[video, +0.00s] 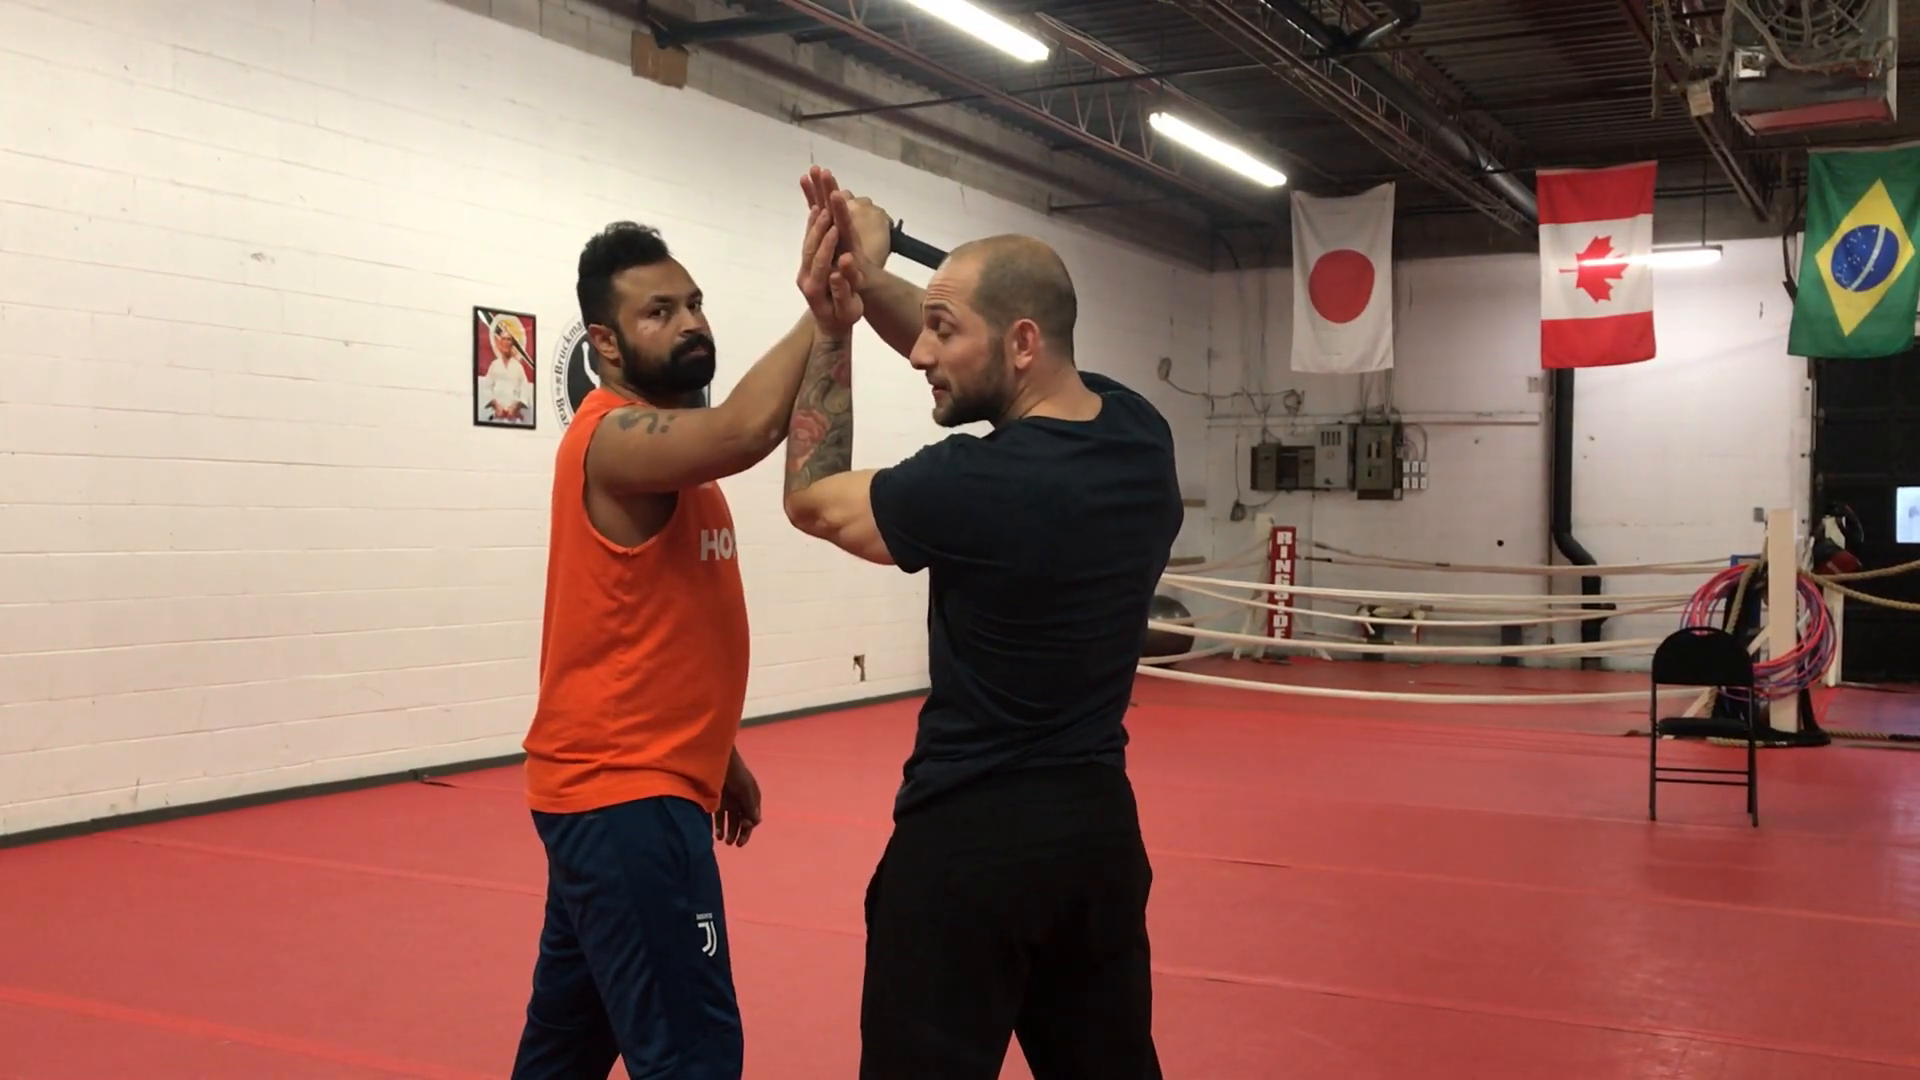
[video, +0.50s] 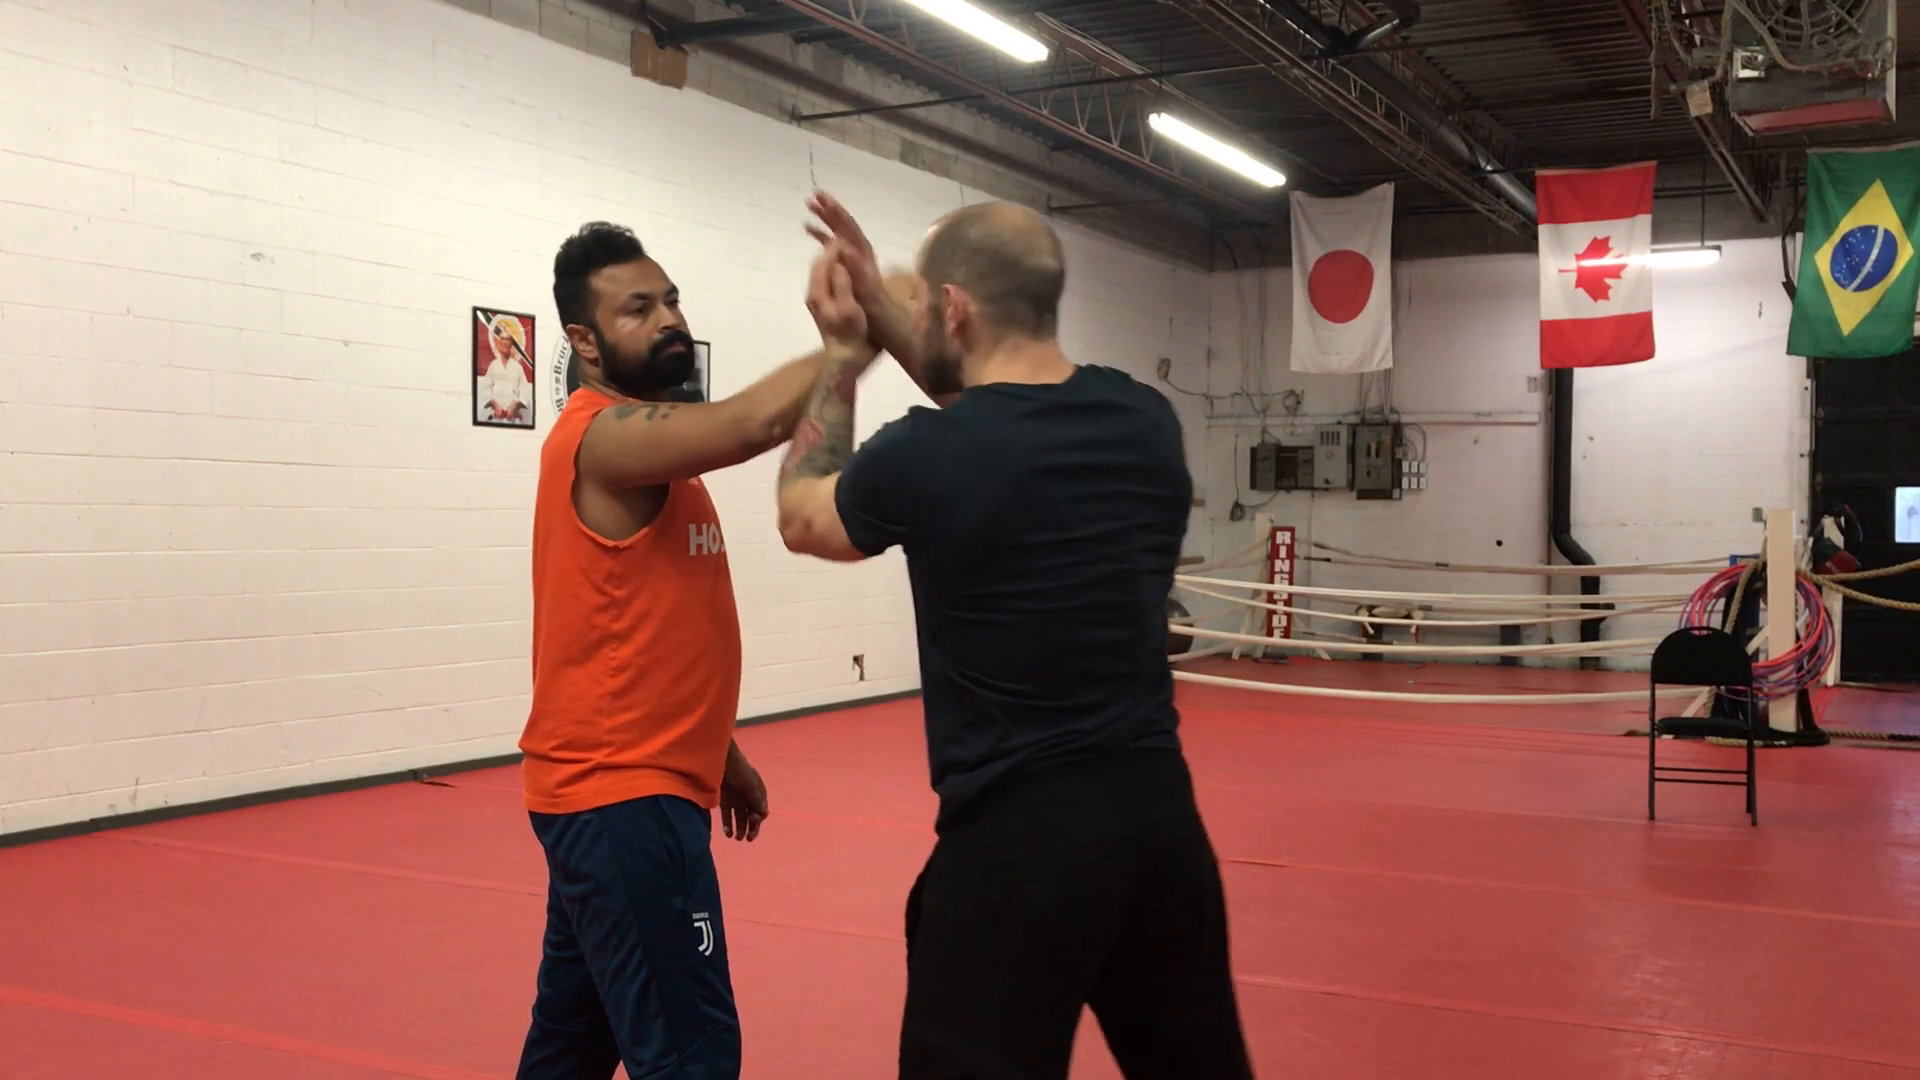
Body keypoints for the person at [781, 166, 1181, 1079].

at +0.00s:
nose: (923, 353)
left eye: (943, 328)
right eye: (926, 329)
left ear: (1021, 344)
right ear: (1027, 346)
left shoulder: (975, 486)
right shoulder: (1141, 436)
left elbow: (815, 499)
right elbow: (954, 350)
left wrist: (831, 318)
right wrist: (872, 271)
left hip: (960, 847)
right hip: (1097, 835)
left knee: (920, 1062)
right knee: (1112, 1067)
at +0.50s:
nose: (921, 312)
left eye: (923, 294)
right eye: (915, 295)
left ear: (954, 311)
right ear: (1054, 299)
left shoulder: (930, 451)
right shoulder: (1148, 419)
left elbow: (804, 518)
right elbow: (988, 402)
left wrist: (838, 363)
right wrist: (882, 308)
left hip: (1007, 852)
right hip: (1159, 831)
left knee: (967, 1063)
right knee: (1202, 1066)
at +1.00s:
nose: (1239, 363)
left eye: (1255, 339)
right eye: (1247, 339)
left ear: (1305, 364)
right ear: (1394, 370)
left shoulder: (1229, 518)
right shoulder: (1506, 535)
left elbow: (1189, 798)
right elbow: (1527, 782)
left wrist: (1150, 806)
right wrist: (1399, 790)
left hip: (1260, 965)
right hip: (1452, 958)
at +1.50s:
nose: (1401, 456)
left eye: (1412, 437)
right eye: (1405, 439)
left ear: (1458, 429)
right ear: (1553, 477)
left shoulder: (1333, 511)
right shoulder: (1638, 597)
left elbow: (1250, 750)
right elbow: (1585, 843)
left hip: (1301, 968)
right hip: (1523, 997)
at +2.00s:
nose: (1341, 536)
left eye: (1351, 521)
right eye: (1346, 522)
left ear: (1391, 521)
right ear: (1483, 582)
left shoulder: (1261, 587)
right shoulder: (1548, 698)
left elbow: (1150, 816)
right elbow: (1478, 927)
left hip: (1187, 1000)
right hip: (1400, 1040)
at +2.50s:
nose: (1012, 517)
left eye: (1024, 517)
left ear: (1021, 530)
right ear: (1069, 640)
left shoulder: (874, 508)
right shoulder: (1041, 730)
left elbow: (704, 380)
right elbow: (953, 878)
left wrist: (747, 300)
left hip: (676, 971)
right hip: (862, 998)